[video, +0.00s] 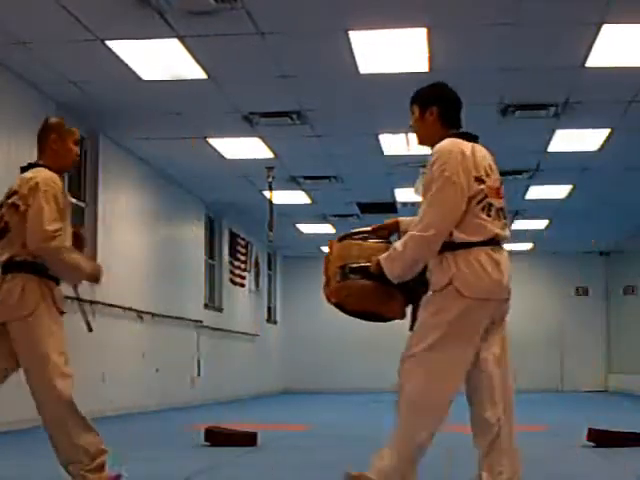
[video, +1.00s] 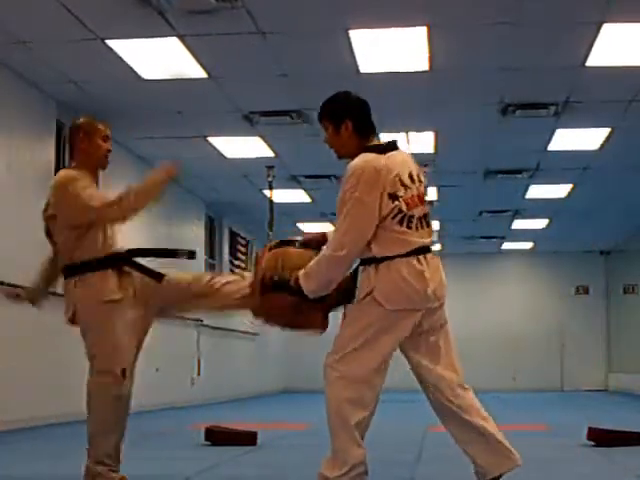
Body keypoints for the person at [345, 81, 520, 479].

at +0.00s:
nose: (412, 127)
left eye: (415, 117)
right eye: (412, 118)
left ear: (432, 115)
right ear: (448, 116)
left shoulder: (450, 153)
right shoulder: (480, 154)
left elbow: (434, 227)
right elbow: (457, 220)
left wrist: (386, 266)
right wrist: (404, 225)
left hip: (464, 276)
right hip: (492, 274)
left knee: (422, 369)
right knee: (488, 382)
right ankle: (500, 471)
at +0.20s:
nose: (373, 130)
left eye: (376, 121)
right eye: (374, 121)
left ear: (394, 120)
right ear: (407, 122)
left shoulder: (403, 161)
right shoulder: (442, 159)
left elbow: (381, 235)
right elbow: (412, 224)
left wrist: (337, 272)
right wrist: (360, 231)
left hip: (417, 282)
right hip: (453, 277)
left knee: (375, 384)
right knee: (463, 392)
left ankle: (353, 470)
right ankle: (492, 471)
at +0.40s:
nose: (324, 130)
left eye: (327, 121)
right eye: (324, 121)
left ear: (345, 120)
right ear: (362, 121)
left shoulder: (355, 162)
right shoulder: (401, 156)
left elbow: (341, 236)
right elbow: (384, 219)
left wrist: (305, 276)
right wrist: (331, 231)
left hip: (389, 274)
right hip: (429, 267)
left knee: (360, 376)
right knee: (445, 379)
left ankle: (350, 470)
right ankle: (482, 469)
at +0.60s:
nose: (300, 138)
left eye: (301, 128)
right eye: (298, 130)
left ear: (320, 123)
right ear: (337, 123)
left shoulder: (335, 162)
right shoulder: (377, 151)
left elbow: (327, 235)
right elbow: (365, 214)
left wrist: (290, 283)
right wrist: (315, 231)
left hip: (379, 271)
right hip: (418, 262)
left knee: (356, 373)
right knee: (438, 371)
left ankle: (352, 468)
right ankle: (477, 467)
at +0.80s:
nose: (301, 140)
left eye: (302, 131)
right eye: (299, 132)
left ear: (321, 125)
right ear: (337, 123)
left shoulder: (338, 164)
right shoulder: (378, 152)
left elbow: (327, 239)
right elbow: (365, 212)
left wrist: (290, 281)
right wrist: (315, 227)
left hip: (379, 276)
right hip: (417, 266)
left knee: (351, 373)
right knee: (436, 372)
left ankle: (351, 468)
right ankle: (484, 460)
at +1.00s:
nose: (327, 142)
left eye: (328, 132)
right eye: (325, 133)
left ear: (348, 127)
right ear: (359, 127)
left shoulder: (365, 169)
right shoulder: (404, 161)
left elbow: (346, 243)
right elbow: (387, 230)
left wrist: (307, 281)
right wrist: (333, 242)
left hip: (390, 280)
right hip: (427, 274)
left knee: (345, 370)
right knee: (442, 378)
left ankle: (346, 468)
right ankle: (494, 461)